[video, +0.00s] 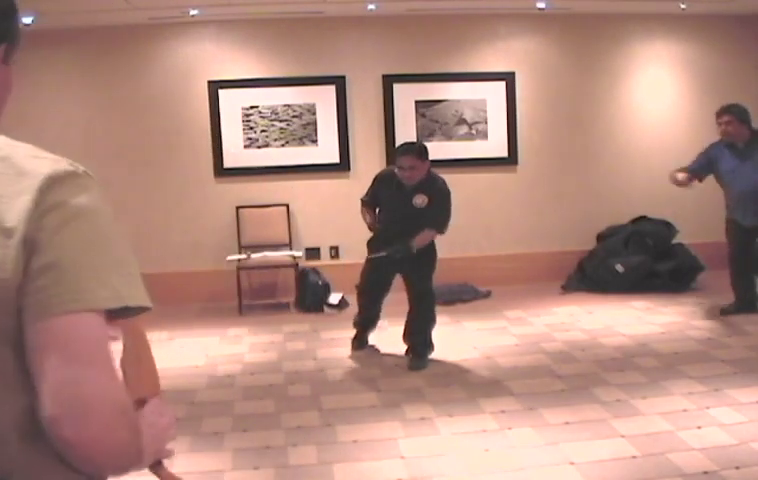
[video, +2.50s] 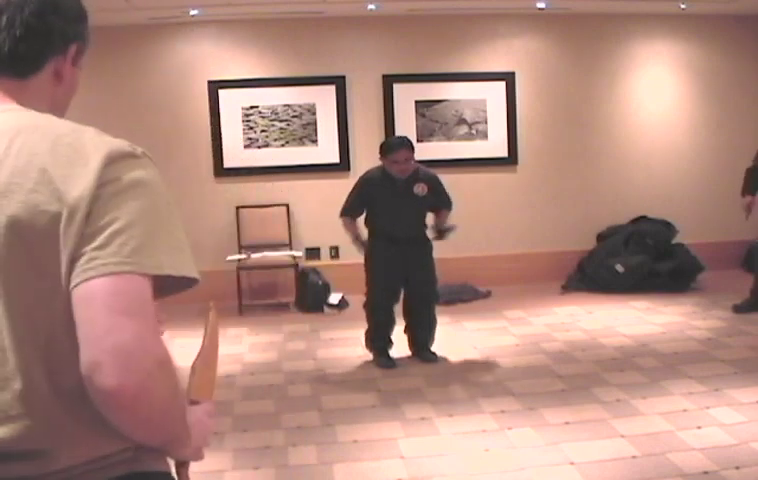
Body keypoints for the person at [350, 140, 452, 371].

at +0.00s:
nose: (405, 174)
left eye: (411, 168)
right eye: (400, 168)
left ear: (426, 166)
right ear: (395, 165)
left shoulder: (438, 188)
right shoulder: (385, 179)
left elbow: (435, 227)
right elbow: (367, 203)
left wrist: (409, 247)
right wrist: (372, 222)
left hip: (418, 246)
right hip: (383, 242)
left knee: (421, 298)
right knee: (369, 291)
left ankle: (418, 350)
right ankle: (362, 329)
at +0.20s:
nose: (405, 169)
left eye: (411, 163)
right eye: (400, 163)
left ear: (424, 161)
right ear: (394, 162)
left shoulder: (437, 185)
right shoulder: (383, 179)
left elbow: (453, 223)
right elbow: (361, 209)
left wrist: (438, 254)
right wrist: (367, 243)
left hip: (420, 249)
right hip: (384, 248)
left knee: (423, 302)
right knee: (369, 294)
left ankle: (419, 350)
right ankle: (362, 329)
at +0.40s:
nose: (402, 165)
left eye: (407, 159)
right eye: (396, 160)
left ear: (419, 158)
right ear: (389, 160)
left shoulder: (431, 181)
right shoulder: (377, 179)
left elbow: (459, 211)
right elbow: (347, 207)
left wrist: (457, 241)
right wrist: (339, 242)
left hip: (419, 248)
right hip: (383, 249)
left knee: (423, 301)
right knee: (378, 299)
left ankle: (420, 351)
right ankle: (374, 344)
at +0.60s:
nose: (395, 166)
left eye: (400, 160)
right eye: (389, 161)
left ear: (408, 158)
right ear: (378, 162)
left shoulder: (420, 179)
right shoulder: (366, 180)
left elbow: (447, 205)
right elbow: (335, 212)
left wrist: (441, 226)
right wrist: (327, 243)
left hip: (415, 249)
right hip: (380, 250)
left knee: (421, 300)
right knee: (382, 301)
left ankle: (421, 350)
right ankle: (380, 350)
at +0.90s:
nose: (392, 169)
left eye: (397, 163)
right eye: (386, 164)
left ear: (403, 159)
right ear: (373, 163)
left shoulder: (412, 177)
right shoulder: (358, 182)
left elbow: (428, 204)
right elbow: (328, 215)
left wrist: (409, 217)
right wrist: (324, 246)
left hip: (407, 244)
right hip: (375, 247)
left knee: (419, 296)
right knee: (380, 301)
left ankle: (422, 346)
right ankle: (380, 350)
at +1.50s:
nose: (399, 171)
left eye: (402, 165)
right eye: (392, 167)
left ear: (408, 160)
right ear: (378, 164)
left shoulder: (418, 178)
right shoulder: (362, 182)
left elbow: (446, 202)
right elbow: (334, 215)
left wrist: (432, 218)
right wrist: (330, 245)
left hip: (412, 246)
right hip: (379, 247)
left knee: (419, 297)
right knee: (380, 301)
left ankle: (421, 346)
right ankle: (381, 350)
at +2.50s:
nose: (403, 167)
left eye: (407, 161)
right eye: (396, 162)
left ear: (414, 157)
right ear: (384, 162)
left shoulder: (427, 179)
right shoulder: (371, 180)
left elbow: (443, 206)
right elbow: (347, 215)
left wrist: (439, 227)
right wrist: (358, 241)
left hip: (417, 248)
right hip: (381, 248)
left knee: (423, 297)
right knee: (380, 300)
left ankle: (421, 346)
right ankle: (379, 349)